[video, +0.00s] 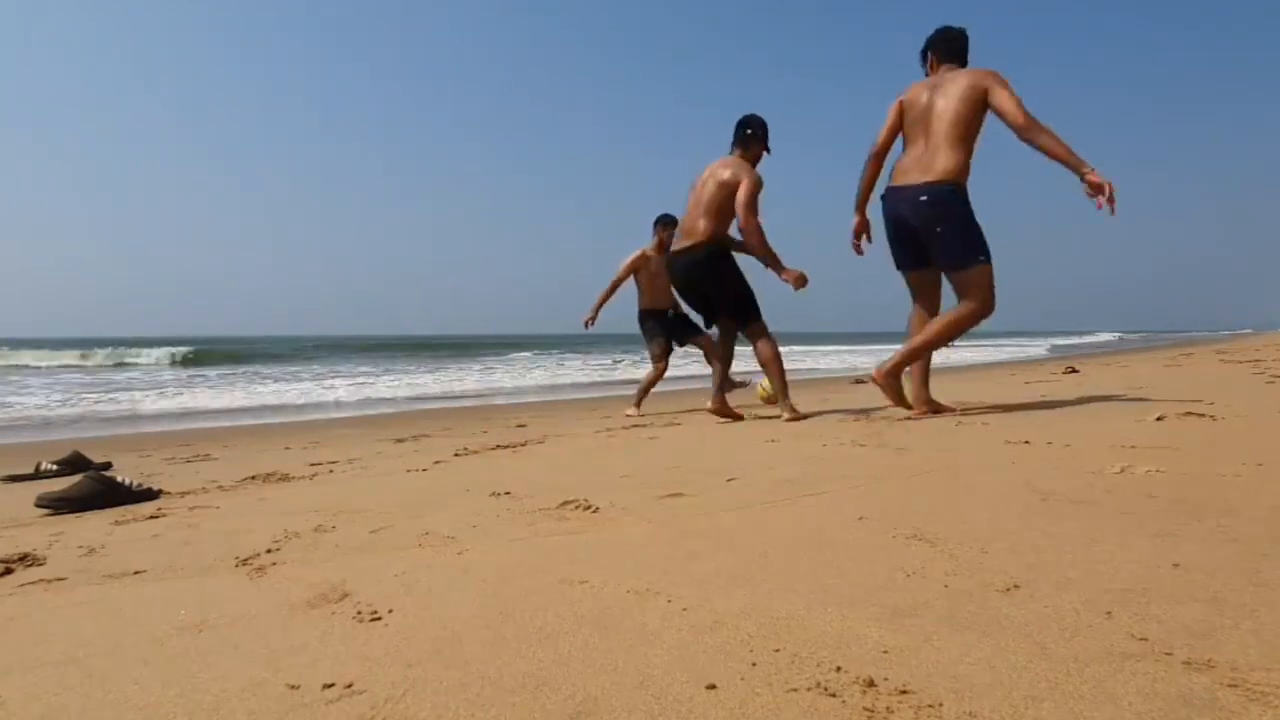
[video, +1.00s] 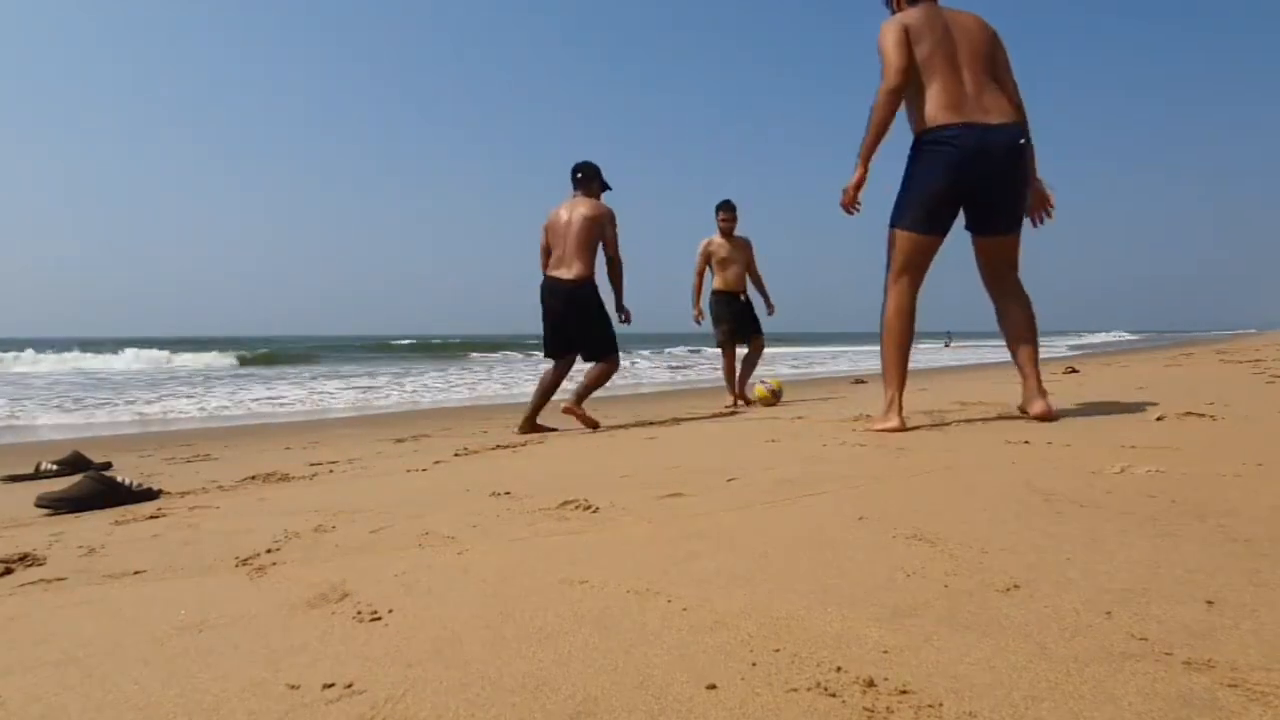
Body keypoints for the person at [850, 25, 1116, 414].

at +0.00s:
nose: (926, 68)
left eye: (924, 63)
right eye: (926, 64)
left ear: (931, 61)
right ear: (966, 59)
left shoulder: (909, 94)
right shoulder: (982, 79)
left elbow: (877, 153)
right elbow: (1024, 126)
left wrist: (860, 210)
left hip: (896, 204)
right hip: (942, 200)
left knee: (923, 300)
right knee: (978, 301)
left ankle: (920, 397)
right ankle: (890, 371)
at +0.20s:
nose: (931, 39)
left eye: (931, 33)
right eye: (932, 34)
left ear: (938, 32)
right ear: (974, 29)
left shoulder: (920, 70)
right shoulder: (1003, 62)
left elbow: (897, 130)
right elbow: (1040, 128)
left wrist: (882, 192)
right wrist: (1076, 159)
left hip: (924, 191)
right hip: (981, 186)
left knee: (924, 297)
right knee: (992, 293)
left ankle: (919, 398)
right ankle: (1015, 394)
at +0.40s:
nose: (942, 23)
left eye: (942, 16)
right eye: (944, 17)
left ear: (949, 15)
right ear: (984, 17)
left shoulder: (942, 48)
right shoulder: (1015, 54)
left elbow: (941, 108)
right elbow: (1036, 131)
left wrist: (910, 176)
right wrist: (1002, 164)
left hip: (950, 180)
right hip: (1009, 181)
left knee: (925, 293)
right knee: (1010, 294)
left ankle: (914, 397)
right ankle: (1021, 399)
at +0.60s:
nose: (924, 12)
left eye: (923, 8)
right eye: (924, 9)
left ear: (932, 5)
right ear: (968, 6)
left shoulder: (937, 32)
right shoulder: (1002, 41)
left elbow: (946, 95)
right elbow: (1019, 115)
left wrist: (936, 160)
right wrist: (998, 155)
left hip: (959, 159)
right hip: (1013, 162)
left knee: (911, 278)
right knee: (1003, 284)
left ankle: (905, 398)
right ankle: (1021, 398)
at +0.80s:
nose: (893, 27)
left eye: (892, 20)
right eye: (893, 21)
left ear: (898, 15)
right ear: (936, 12)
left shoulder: (904, 41)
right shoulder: (979, 44)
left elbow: (919, 97)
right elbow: (1006, 119)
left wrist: (913, 159)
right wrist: (1013, 196)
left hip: (947, 160)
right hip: (1004, 161)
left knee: (901, 283)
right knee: (994, 286)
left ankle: (894, 408)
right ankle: (1019, 399)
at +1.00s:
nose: (890, 12)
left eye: (889, 9)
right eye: (891, 9)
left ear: (898, 3)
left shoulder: (899, 24)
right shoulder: (981, 25)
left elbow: (894, 85)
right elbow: (1014, 103)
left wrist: (862, 165)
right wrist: (1032, 178)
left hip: (942, 151)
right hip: (1006, 149)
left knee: (903, 279)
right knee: (1005, 277)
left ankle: (892, 409)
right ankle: (1035, 395)